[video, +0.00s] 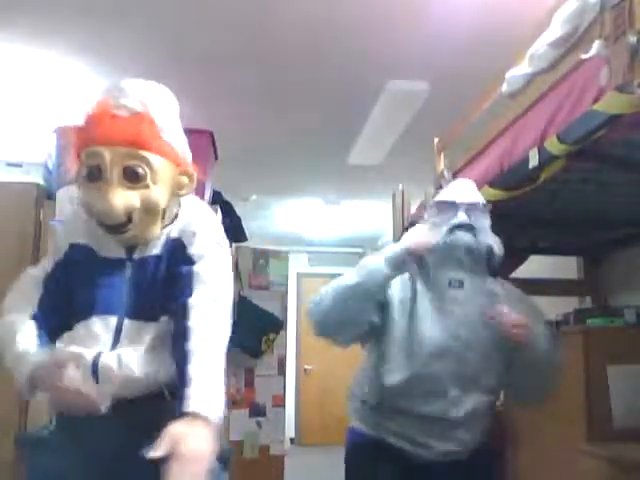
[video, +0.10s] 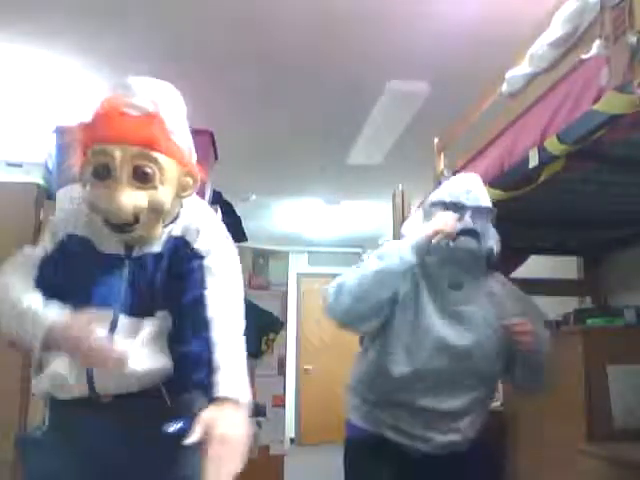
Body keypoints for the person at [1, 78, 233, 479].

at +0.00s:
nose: (110, 198)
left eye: (134, 174)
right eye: (94, 173)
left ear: (181, 184)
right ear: (79, 180)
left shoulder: (193, 252)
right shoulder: (74, 258)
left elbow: (205, 332)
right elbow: (22, 323)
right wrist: (42, 371)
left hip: (161, 425)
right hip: (76, 426)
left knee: (195, 462)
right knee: (37, 457)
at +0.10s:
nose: (118, 198)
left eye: (143, 175)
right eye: (103, 173)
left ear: (183, 185)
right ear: (85, 178)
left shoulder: (197, 240)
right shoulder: (72, 236)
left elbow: (211, 324)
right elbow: (15, 294)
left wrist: (223, 400)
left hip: (164, 418)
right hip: (75, 415)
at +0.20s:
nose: (131, 187)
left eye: (157, 169)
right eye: (116, 162)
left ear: (191, 182)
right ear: (91, 164)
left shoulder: (201, 229)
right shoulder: (69, 217)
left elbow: (248, 291)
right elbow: (8, 243)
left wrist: (255, 362)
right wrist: (73, 272)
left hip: (168, 414)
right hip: (73, 414)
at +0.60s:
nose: (160, 168)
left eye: (182, 156)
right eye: (143, 142)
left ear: (197, 184)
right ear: (100, 153)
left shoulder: (188, 250)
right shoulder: (47, 219)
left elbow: (219, 335)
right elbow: (8, 276)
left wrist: (263, 360)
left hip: (146, 452)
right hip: (46, 450)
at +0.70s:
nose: (159, 156)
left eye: (182, 142)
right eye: (143, 127)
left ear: (200, 168)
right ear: (99, 139)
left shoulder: (191, 236)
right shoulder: (56, 203)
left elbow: (218, 333)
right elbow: (7, 291)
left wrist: (241, 423)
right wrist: (15, 408)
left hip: (149, 439)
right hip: (52, 434)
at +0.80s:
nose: (159, 144)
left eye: (183, 129)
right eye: (142, 116)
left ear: (201, 154)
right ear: (104, 127)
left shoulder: (197, 228)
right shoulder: (60, 200)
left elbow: (216, 348)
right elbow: (13, 323)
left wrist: (224, 460)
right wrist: (7, 450)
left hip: (151, 438)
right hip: (54, 435)